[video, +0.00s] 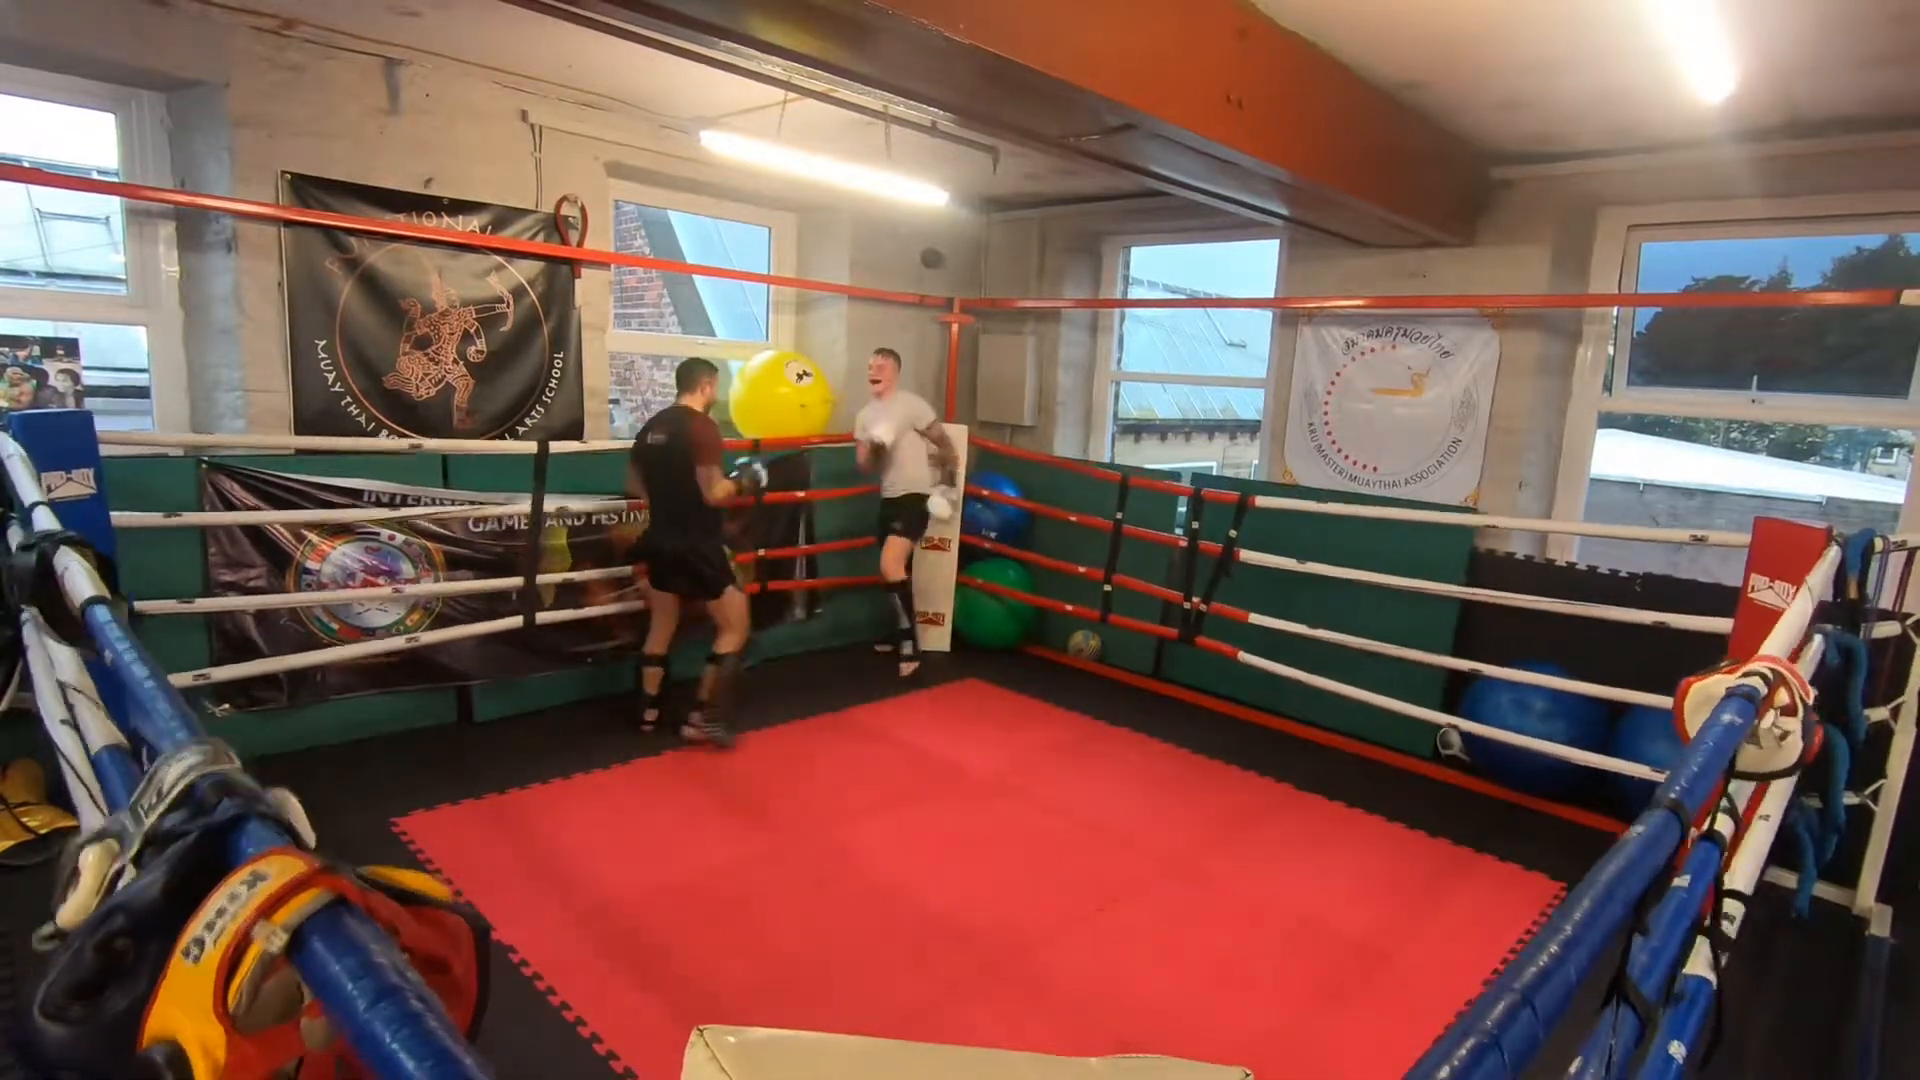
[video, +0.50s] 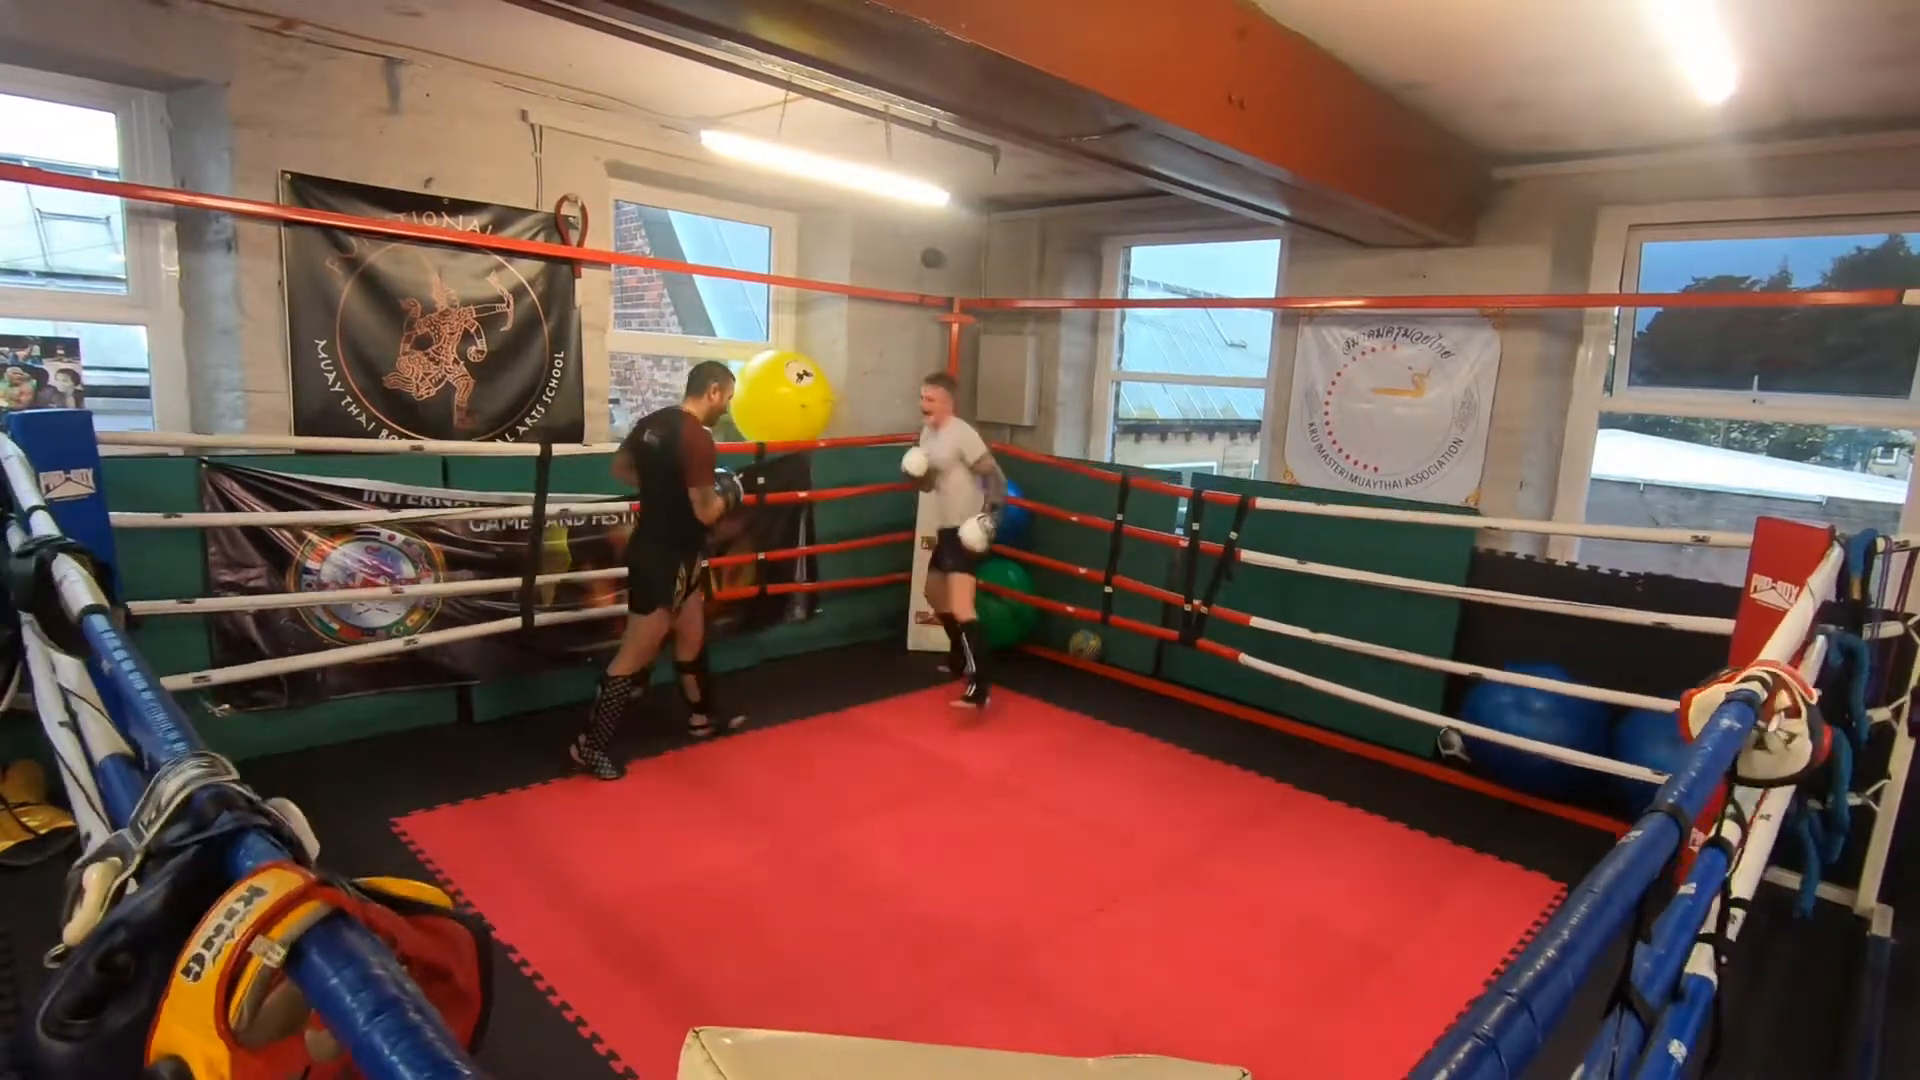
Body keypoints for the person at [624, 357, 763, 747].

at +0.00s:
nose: (715, 394)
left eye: (714, 387)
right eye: (714, 388)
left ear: (680, 386)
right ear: (705, 386)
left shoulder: (651, 427)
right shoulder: (702, 427)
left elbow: (634, 486)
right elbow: (713, 493)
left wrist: (675, 489)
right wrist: (744, 482)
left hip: (659, 544)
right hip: (699, 546)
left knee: (661, 625)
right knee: (734, 624)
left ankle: (649, 712)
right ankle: (706, 714)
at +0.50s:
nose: (727, 408)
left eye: (729, 400)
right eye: (727, 399)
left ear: (696, 390)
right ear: (713, 392)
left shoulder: (653, 422)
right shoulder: (696, 438)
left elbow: (621, 468)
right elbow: (706, 512)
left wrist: (665, 484)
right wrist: (730, 491)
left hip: (665, 550)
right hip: (666, 557)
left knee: (690, 636)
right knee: (639, 649)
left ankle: (701, 717)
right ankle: (591, 745)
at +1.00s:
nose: (783, 408)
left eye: (787, 403)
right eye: (780, 399)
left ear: (780, 407)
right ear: (763, 394)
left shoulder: (760, 435)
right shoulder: (740, 427)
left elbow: (790, 478)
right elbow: (789, 477)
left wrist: (807, 439)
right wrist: (808, 437)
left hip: (750, 552)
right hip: (720, 551)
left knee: (754, 645)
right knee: (715, 652)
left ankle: (758, 727)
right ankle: (661, 740)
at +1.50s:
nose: (789, 417)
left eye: (792, 410)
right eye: (785, 408)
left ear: (778, 407)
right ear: (761, 401)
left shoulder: (777, 439)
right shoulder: (727, 443)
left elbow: (794, 477)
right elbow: (768, 502)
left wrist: (825, 464)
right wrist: (796, 460)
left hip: (784, 559)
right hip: (742, 565)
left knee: (818, 638)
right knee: (735, 654)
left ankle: (786, 710)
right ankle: (715, 742)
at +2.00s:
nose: (832, 423)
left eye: (839, 419)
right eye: (829, 414)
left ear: (841, 422)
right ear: (813, 406)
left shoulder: (833, 447)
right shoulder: (775, 442)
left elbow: (870, 496)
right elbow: (814, 497)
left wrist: (886, 456)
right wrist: (840, 451)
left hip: (825, 570)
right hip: (776, 571)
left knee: (838, 665)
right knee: (751, 666)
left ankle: (846, 751)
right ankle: (724, 745)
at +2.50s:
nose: (826, 425)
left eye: (830, 418)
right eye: (818, 418)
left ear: (834, 416)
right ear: (795, 410)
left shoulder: (832, 442)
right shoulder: (763, 448)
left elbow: (871, 494)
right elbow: (804, 494)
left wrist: (868, 454)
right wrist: (837, 460)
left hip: (827, 571)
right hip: (775, 574)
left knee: (846, 668)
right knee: (755, 666)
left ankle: (851, 762)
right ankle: (733, 746)